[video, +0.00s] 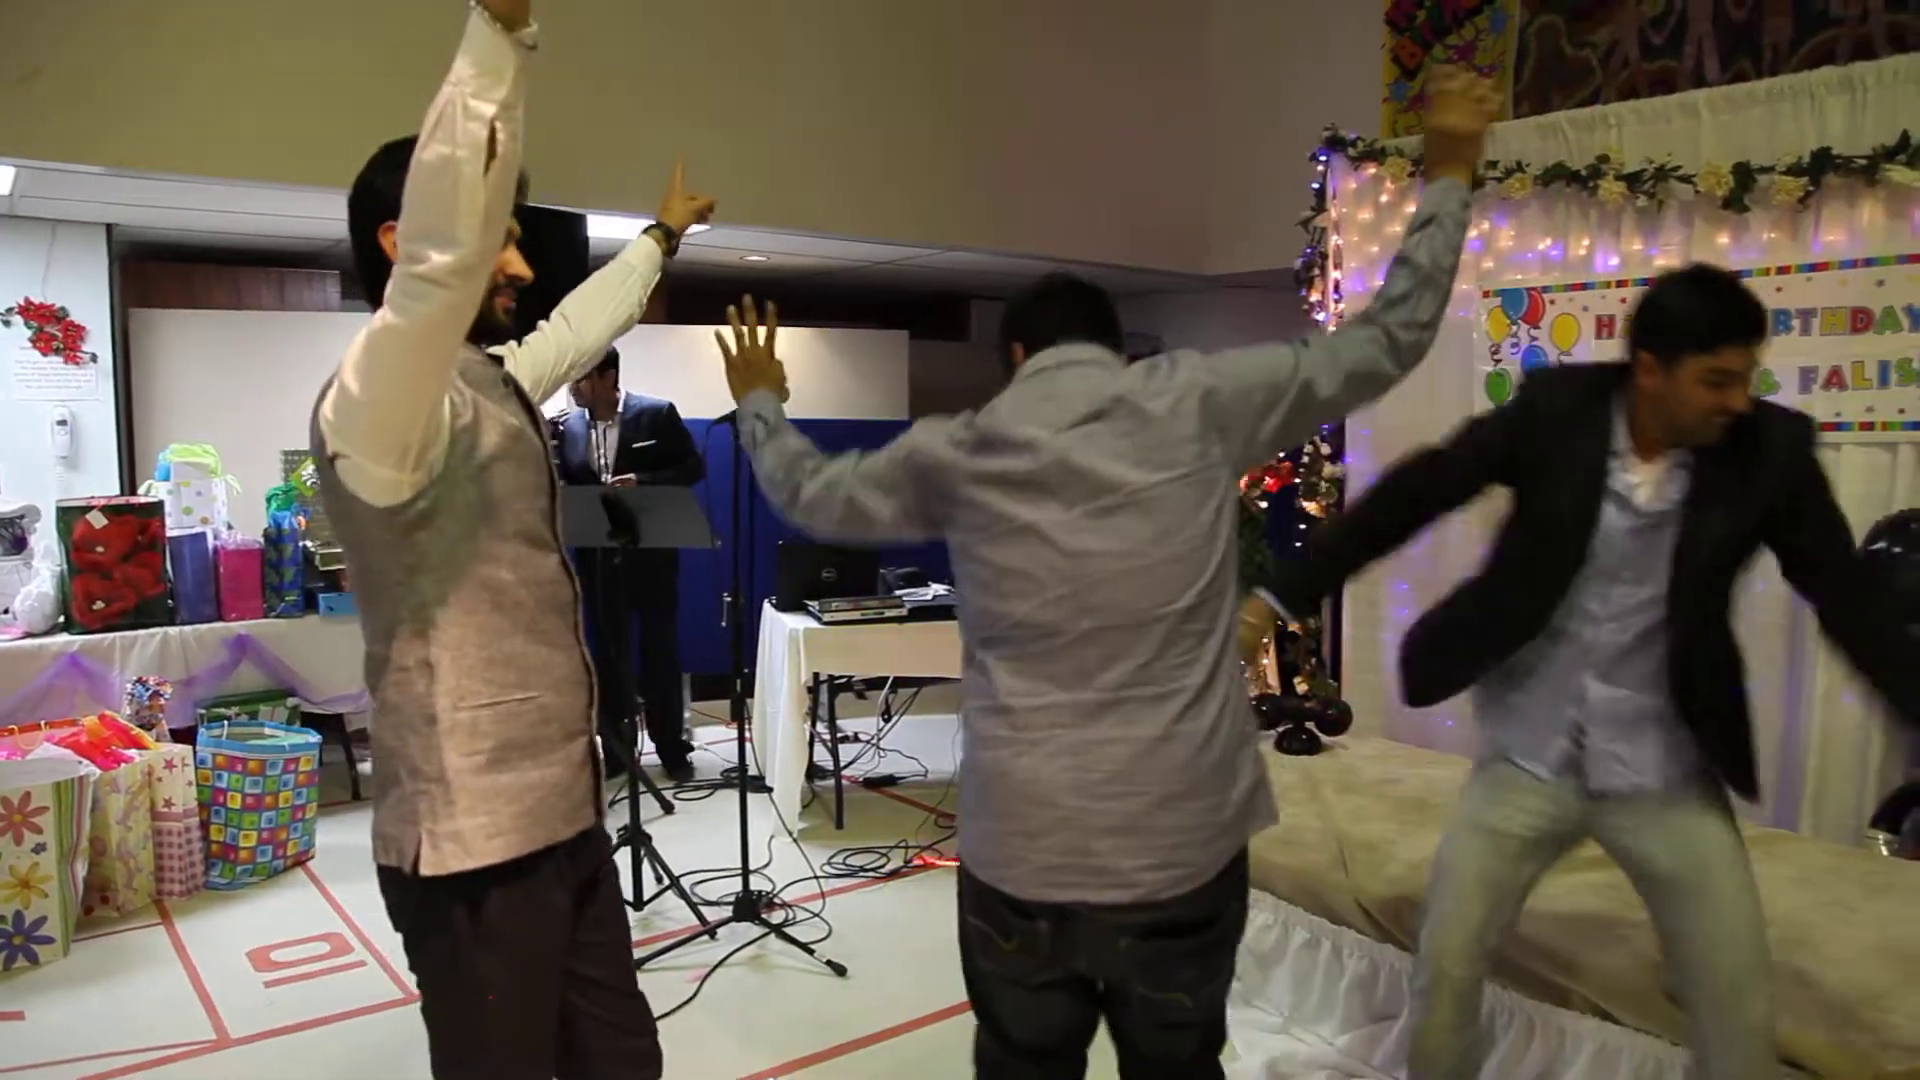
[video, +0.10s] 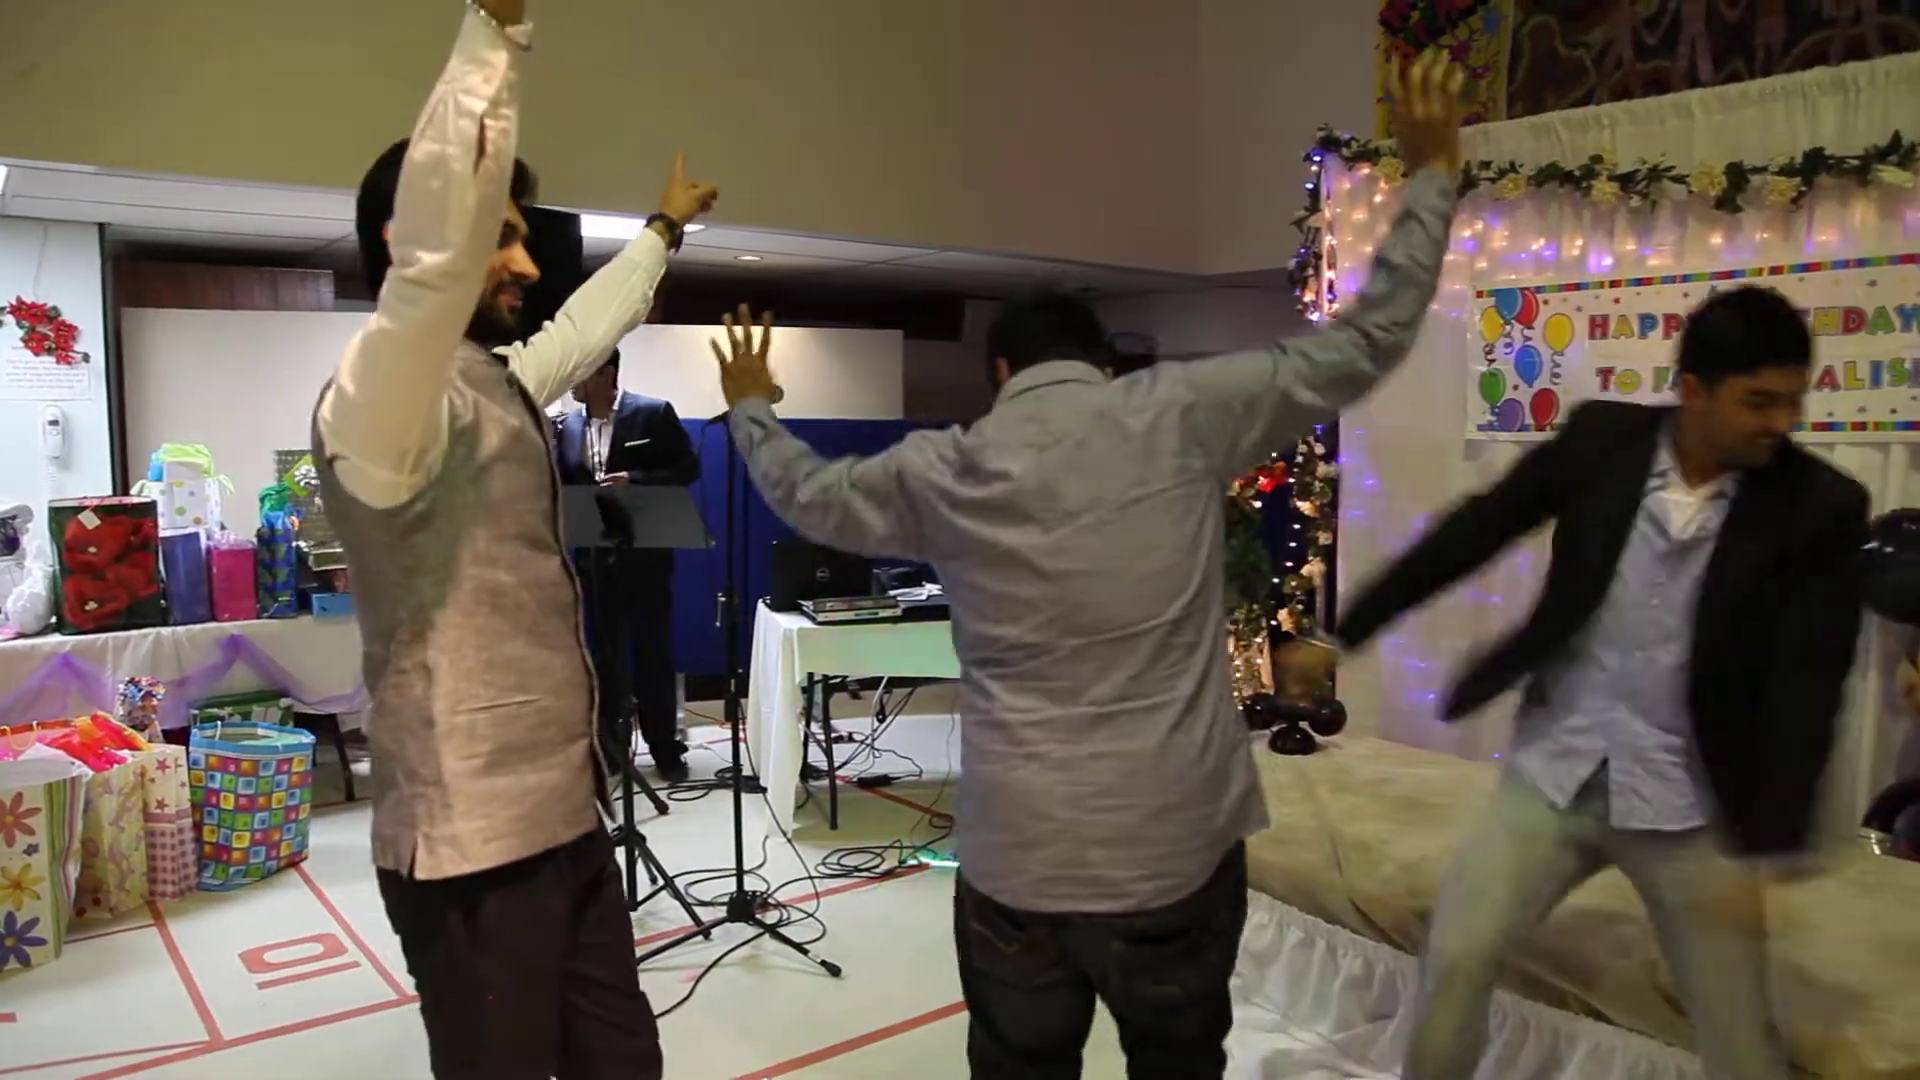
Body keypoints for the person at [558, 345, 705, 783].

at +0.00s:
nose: (573, 387)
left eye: (581, 378)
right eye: (572, 379)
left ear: (609, 377)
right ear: (579, 383)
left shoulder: (657, 415)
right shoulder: (567, 431)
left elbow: (692, 468)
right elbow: (563, 488)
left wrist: (643, 482)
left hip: (653, 557)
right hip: (597, 561)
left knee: (659, 652)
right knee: (608, 656)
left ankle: (672, 750)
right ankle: (616, 753)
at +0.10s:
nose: (574, 382)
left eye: (584, 372)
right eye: (573, 373)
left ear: (610, 374)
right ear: (575, 379)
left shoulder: (654, 415)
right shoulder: (565, 429)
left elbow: (688, 468)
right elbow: (556, 488)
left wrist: (635, 481)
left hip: (647, 558)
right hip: (593, 561)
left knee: (653, 653)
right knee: (604, 657)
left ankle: (666, 750)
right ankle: (610, 753)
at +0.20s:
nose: (577, 374)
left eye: (587, 365)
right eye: (575, 365)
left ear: (610, 370)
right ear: (572, 373)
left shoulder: (649, 415)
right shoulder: (564, 427)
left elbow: (682, 469)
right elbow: (557, 485)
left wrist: (624, 479)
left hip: (642, 558)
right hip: (587, 560)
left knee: (646, 655)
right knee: (597, 659)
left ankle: (659, 750)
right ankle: (602, 753)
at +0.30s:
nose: (576, 372)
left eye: (586, 364)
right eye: (573, 365)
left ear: (605, 366)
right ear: (564, 374)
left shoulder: (639, 415)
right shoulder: (551, 426)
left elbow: (672, 469)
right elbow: (536, 481)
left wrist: (612, 480)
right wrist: (562, 487)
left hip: (632, 559)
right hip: (575, 560)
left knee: (639, 655)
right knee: (586, 658)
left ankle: (651, 751)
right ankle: (593, 751)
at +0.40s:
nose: (570, 375)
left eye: (578, 367)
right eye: (567, 369)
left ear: (595, 371)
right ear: (558, 377)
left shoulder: (626, 416)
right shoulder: (547, 424)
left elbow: (658, 473)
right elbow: (532, 481)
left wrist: (598, 479)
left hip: (626, 560)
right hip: (569, 560)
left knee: (633, 657)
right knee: (577, 659)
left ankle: (647, 753)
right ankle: (580, 751)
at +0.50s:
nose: (557, 374)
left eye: (563, 364)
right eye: (550, 366)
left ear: (579, 372)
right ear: (544, 375)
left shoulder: (613, 418)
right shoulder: (537, 420)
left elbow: (641, 475)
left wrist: (572, 482)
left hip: (611, 558)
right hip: (559, 558)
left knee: (621, 658)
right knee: (568, 661)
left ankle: (645, 756)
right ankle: (577, 763)